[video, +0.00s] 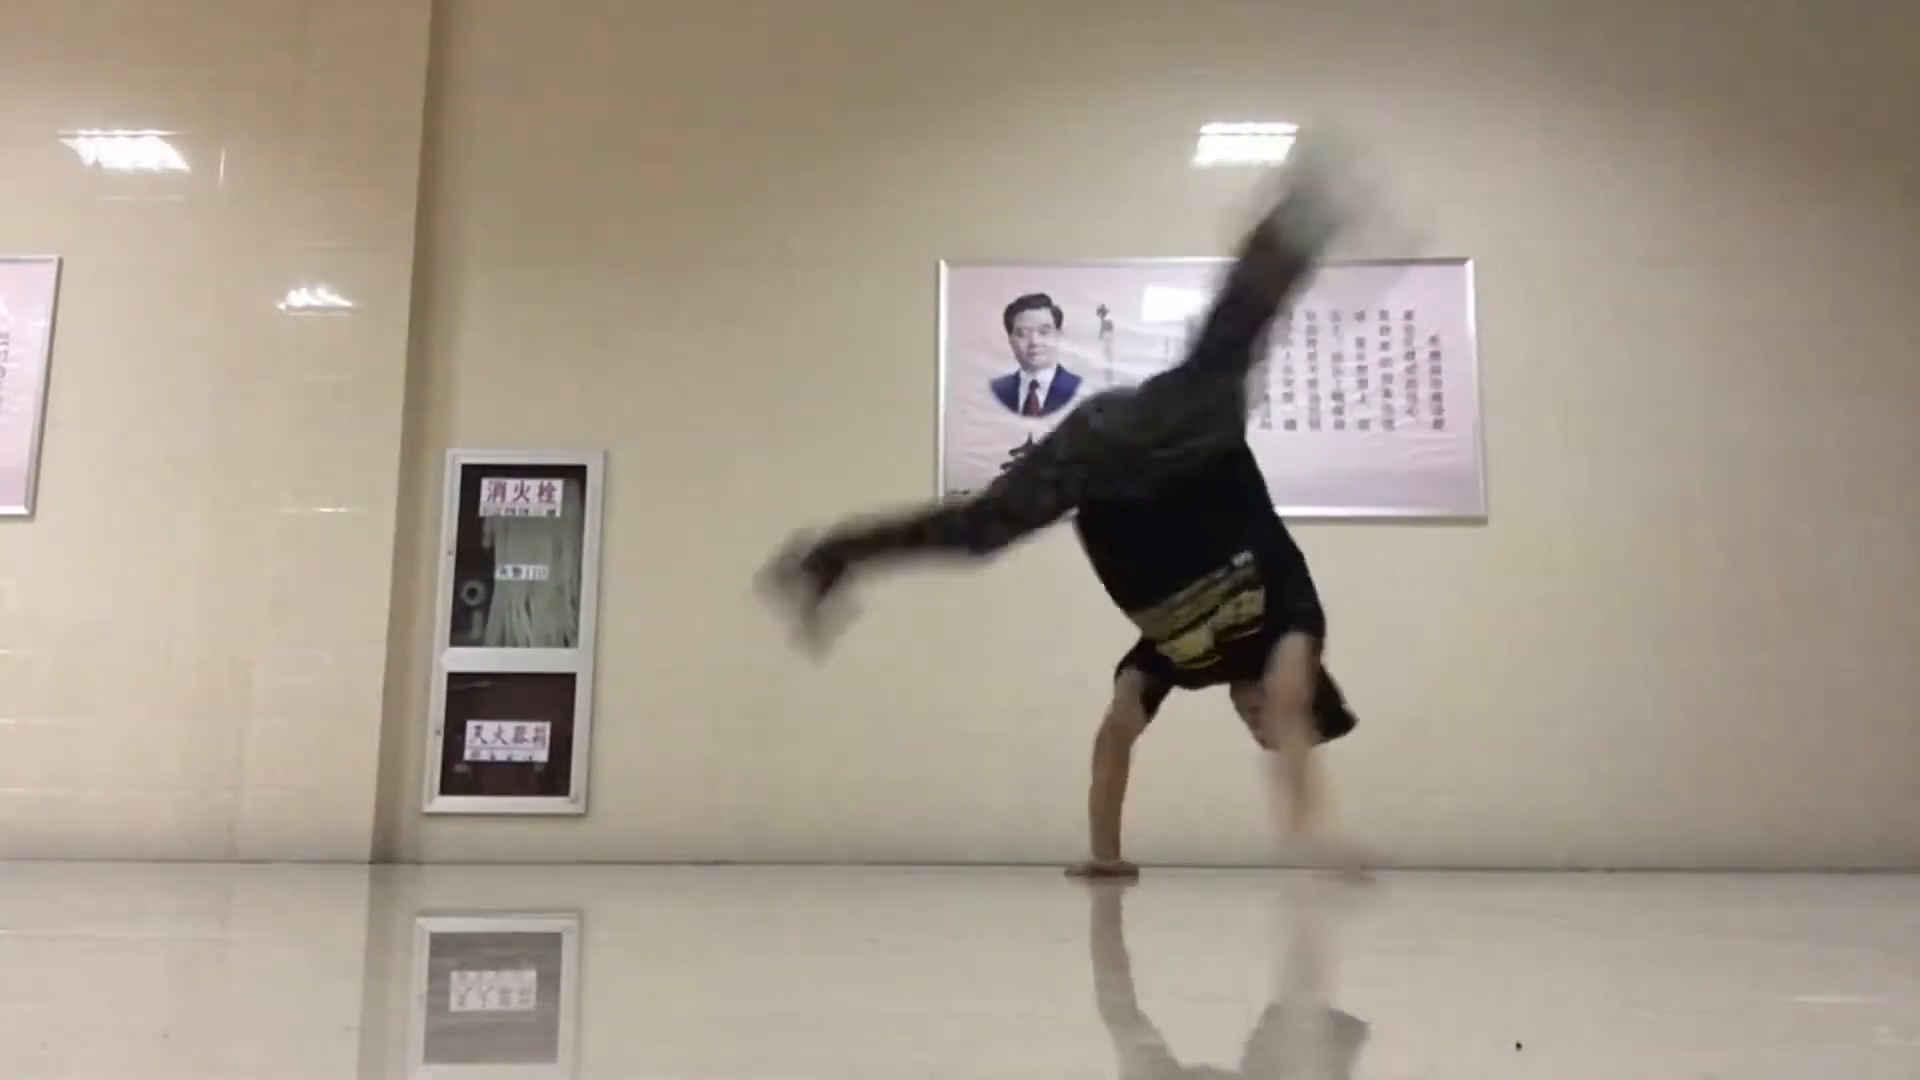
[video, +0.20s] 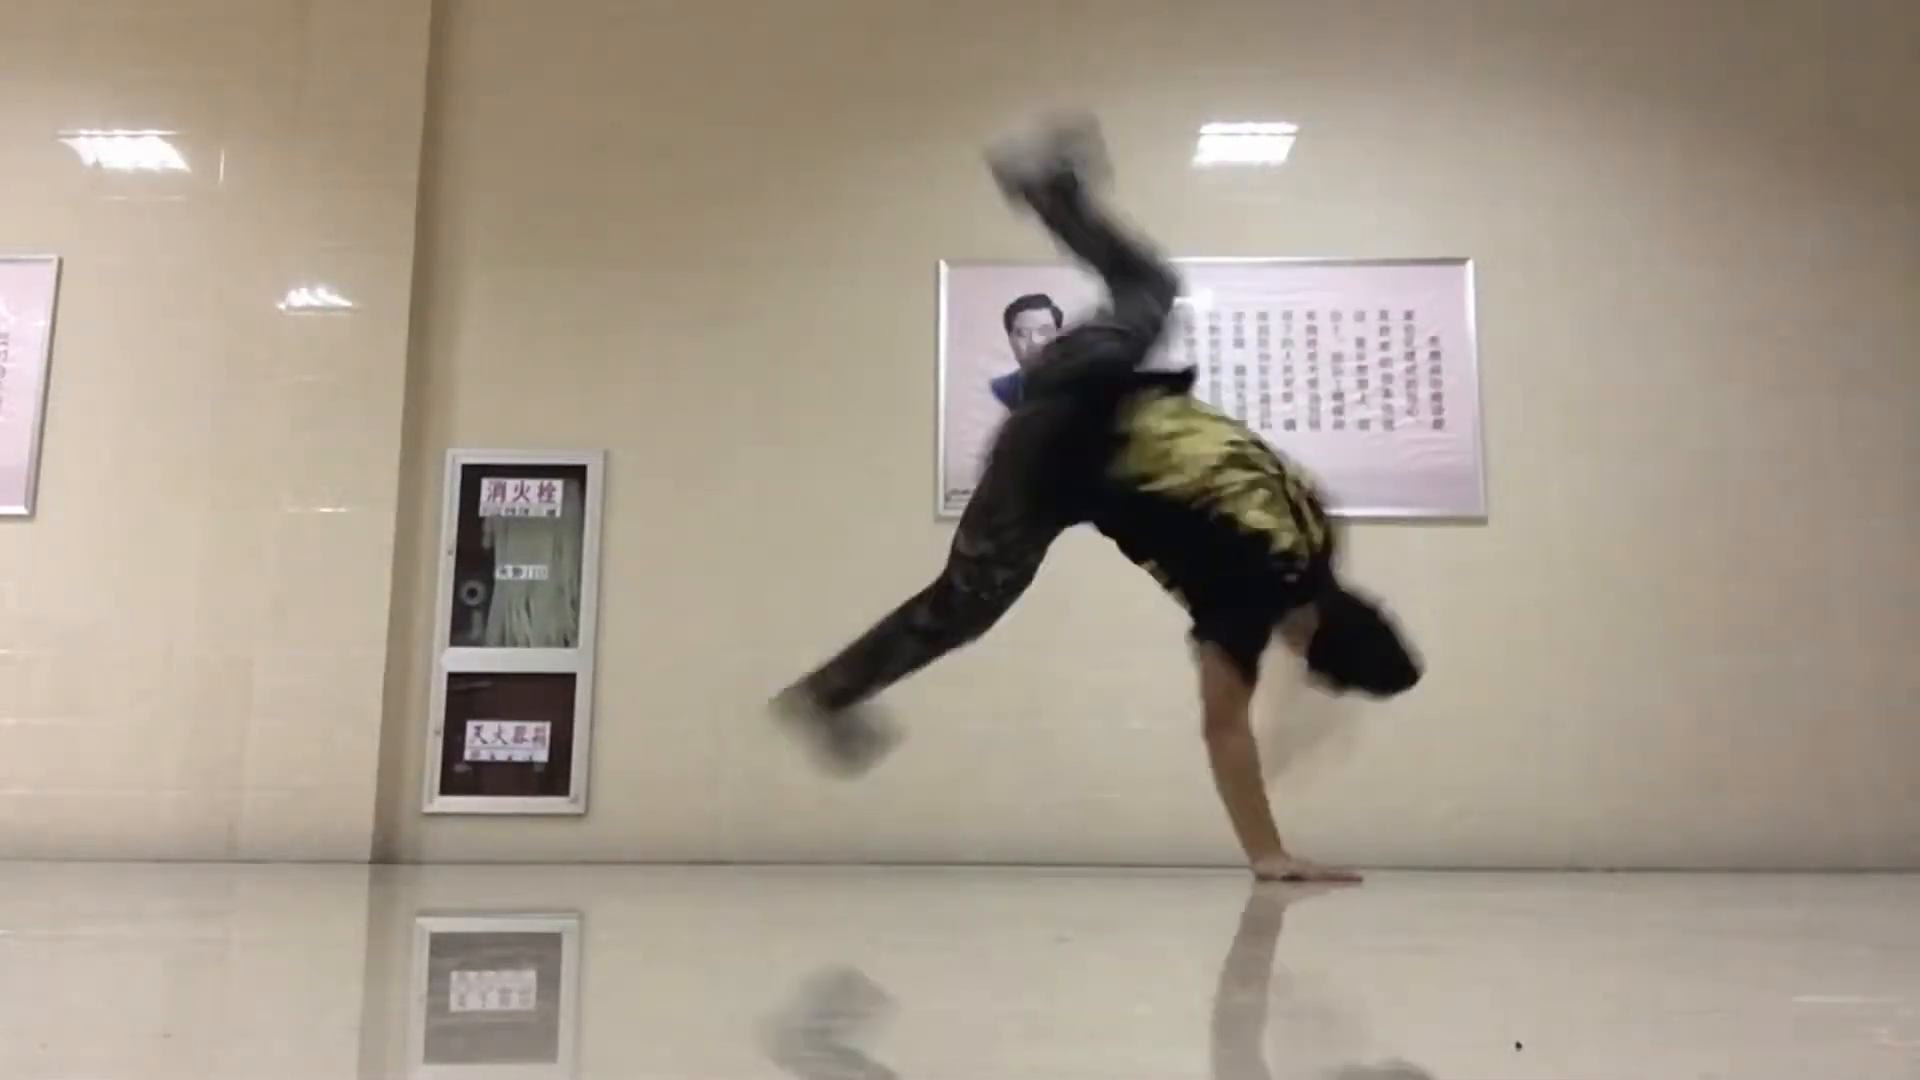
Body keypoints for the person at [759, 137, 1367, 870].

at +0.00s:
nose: (1270, 729)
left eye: (1280, 727)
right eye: (1291, 724)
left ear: (1251, 700)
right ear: (1301, 689)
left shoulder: (1164, 658)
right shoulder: (1293, 625)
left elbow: (1113, 746)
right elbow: (1285, 725)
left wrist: (1104, 858)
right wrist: (1303, 834)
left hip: (1086, 446)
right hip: (1188, 422)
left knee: (975, 529)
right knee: (1236, 332)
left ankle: (833, 557)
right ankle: (1309, 207)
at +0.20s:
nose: (1307, 671)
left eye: (1317, 665)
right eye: (1319, 670)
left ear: (1331, 619)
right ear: (1319, 642)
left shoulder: (1312, 532)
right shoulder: (1240, 597)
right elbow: (1225, 733)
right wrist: (1268, 857)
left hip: (1092, 383)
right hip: (1050, 457)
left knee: (1152, 296)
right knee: (965, 603)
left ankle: (1051, 192)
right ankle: (823, 696)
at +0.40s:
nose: (1264, 403)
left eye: (1278, 415)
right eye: (1279, 398)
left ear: (1291, 443)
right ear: (1300, 419)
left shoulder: (1259, 518)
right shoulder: (1205, 383)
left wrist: (1412, 710)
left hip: (1010, 384)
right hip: (1063, 360)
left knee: (863, 251)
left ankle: (692, 255)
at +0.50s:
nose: (1131, 427)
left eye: (1148, 436)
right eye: (1145, 411)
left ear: (1170, 459)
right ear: (1166, 384)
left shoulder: (1128, 492)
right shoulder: (1208, 380)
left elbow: (1035, 579)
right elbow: (1239, 327)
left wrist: (974, 700)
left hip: (996, 436)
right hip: (1079, 352)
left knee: (848, 413)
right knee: (1118, 276)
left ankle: (726, 436)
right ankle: (1182, 223)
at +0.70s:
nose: (951, 538)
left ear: (889, 582)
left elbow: (762, 632)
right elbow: (1080, 718)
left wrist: (669, 733)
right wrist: (1068, 852)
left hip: (1007, 399)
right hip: (1109, 428)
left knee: (933, 324)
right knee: (1170, 606)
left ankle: (891, 214)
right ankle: (1257, 747)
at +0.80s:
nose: (847, 700)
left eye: (852, 690)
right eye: (835, 696)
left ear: (885, 654)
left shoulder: (967, 599)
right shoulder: (824, 629)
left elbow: (1037, 704)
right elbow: (829, 737)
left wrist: (1064, 847)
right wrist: (806, 856)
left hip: (1031, 403)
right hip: (950, 406)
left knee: (1179, 412)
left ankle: (1259, 414)